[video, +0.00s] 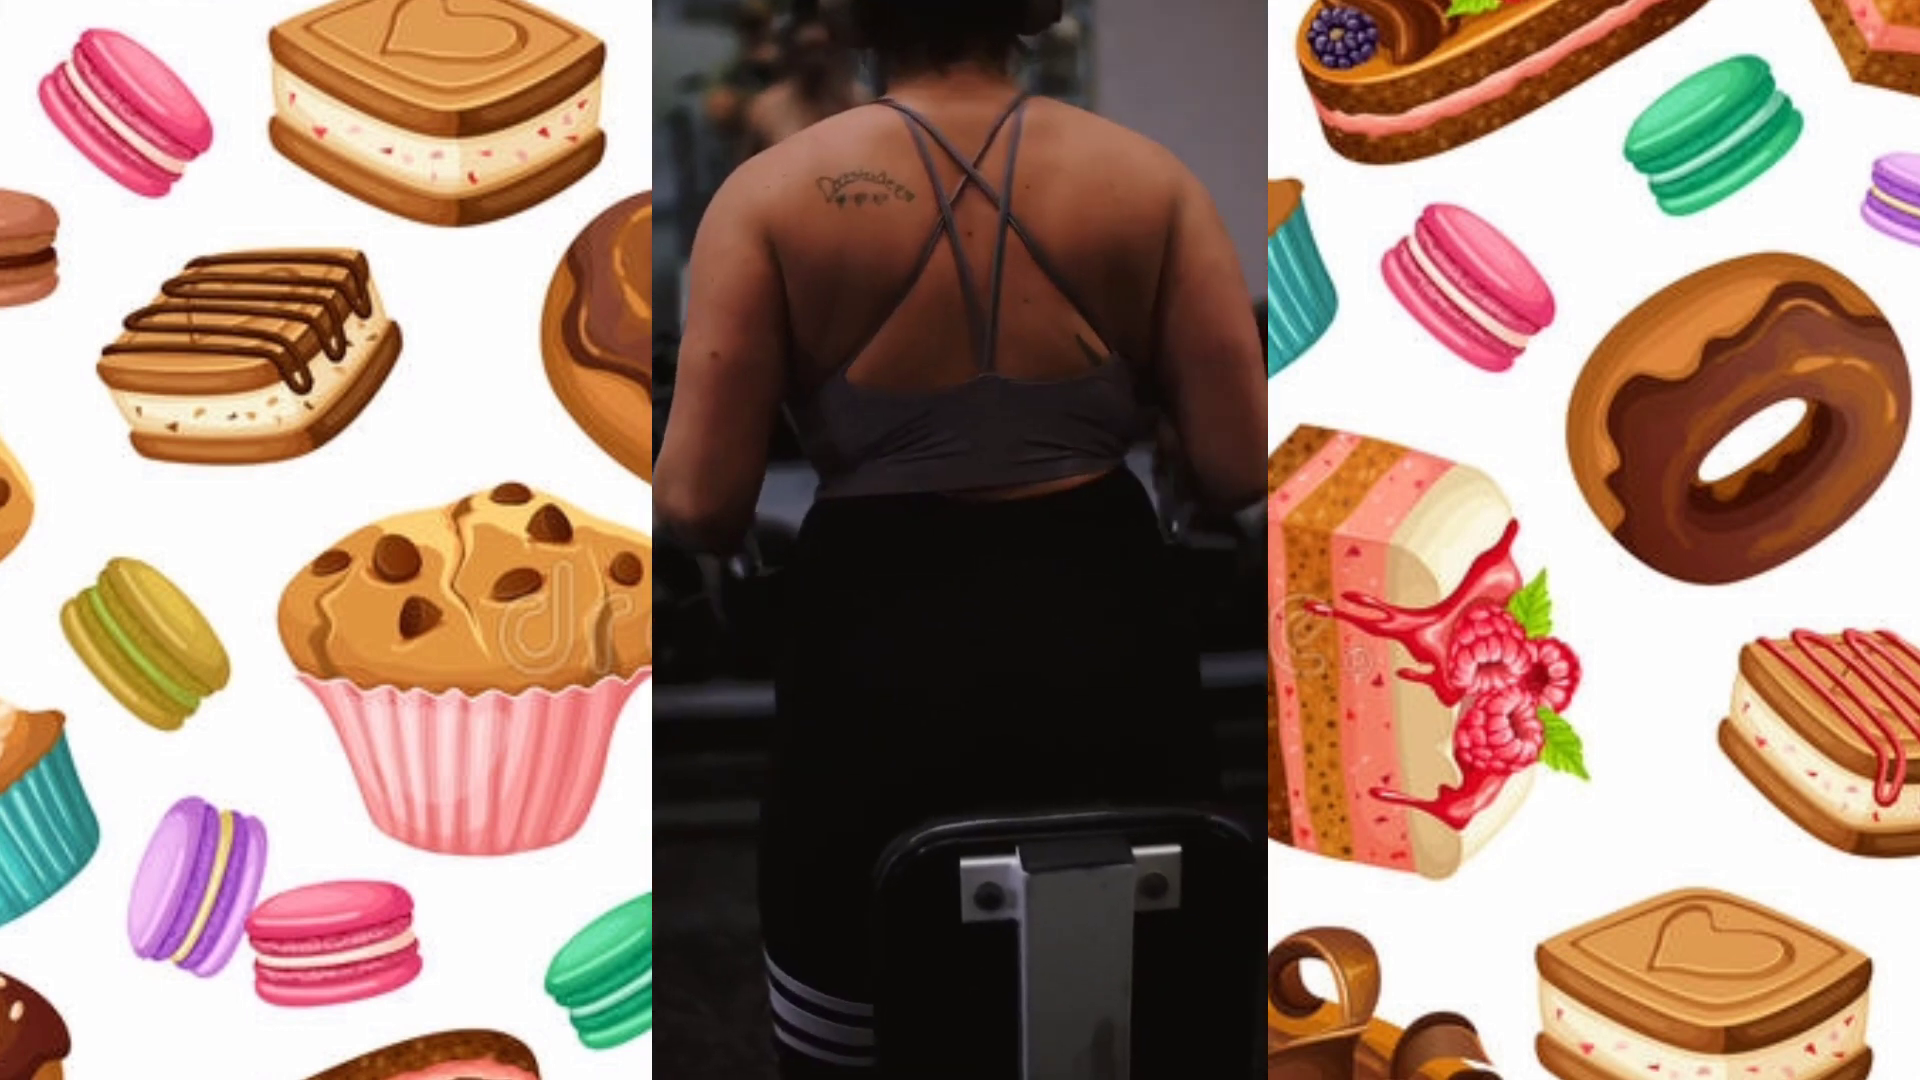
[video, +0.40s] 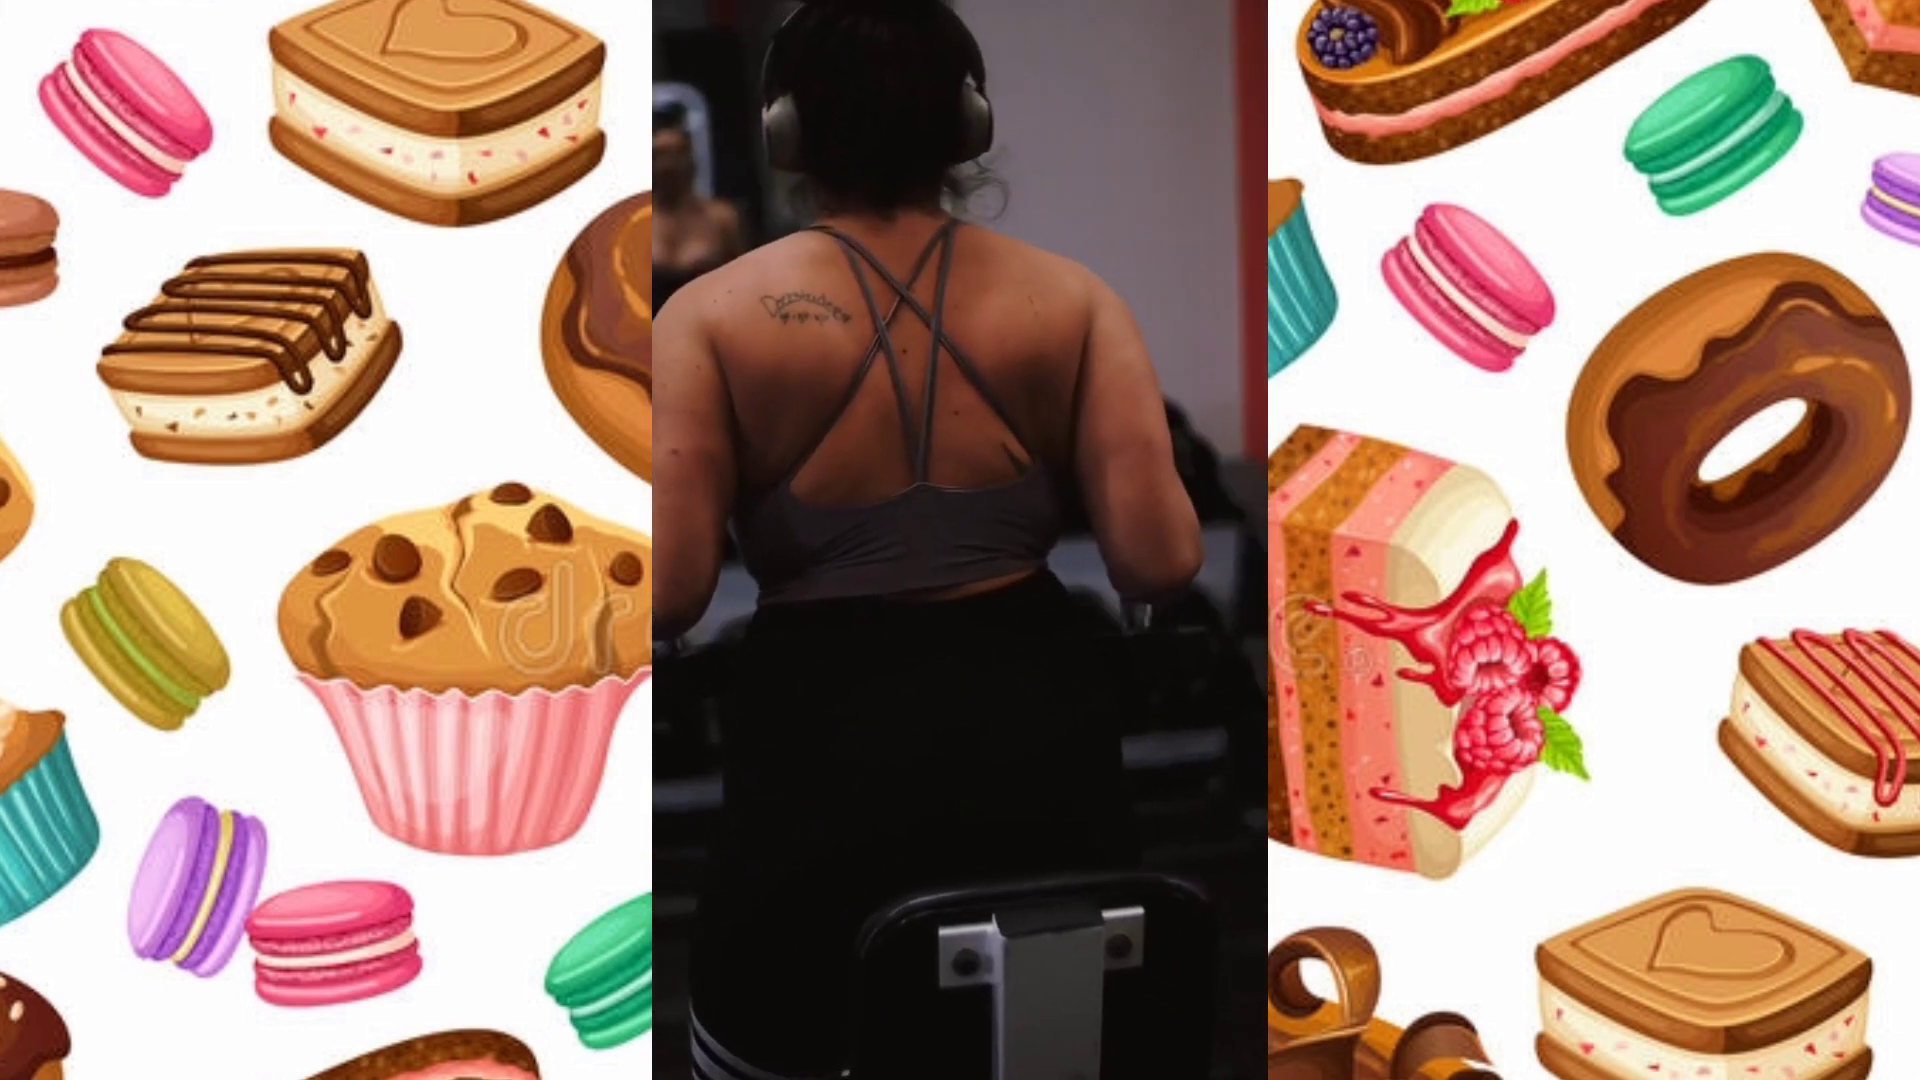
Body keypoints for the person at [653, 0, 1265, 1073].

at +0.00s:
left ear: (861, 24)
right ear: (1025, 18)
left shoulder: (770, 198)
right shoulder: (1145, 183)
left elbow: (699, 502)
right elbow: (1237, 471)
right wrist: (1148, 396)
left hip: (874, 657)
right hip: (1106, 649)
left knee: (845, 1034)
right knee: (1127, 1016)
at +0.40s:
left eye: (786, 100)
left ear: (790, 125)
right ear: (967, 117)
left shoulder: (712, 318)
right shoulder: (1072, 304)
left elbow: (667, 594)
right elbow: (1161, 560)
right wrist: (1092, 464)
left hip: (815, 746)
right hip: (1038, 734)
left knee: (788, 1044)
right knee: (1049, 1036)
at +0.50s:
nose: (719, 145)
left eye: (728, 124)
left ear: (740, 147)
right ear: (917, 139)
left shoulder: (672, 326)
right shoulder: (1016, 315)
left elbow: (620, 559)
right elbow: (1097, 568)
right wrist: (1122, 528)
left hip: (756, 741)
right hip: (966, 729)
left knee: (750, 1044)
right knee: (960, 1041)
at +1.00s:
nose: (821, 299)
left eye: (829, 282)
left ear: (841, 310)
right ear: (1003, 303)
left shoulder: (776, 492)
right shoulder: (1101, 457)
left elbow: (755, 752)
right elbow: (1211, 683)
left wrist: (696, 735)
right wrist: (1123, 681)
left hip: (908, 919)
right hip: (1113, 902)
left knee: (781, 1047)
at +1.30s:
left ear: (919, 463)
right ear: (1098, 453)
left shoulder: (859, 644)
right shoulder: (1182, 599)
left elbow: (838, 905)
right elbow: (1266, 792)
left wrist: (798, 860)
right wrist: (1167, 799)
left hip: (974, 1033)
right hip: (1176, 1014)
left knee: (799, 1041)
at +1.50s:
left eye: (931, 450)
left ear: (950, 474)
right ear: (1129, 457)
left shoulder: (885, 663)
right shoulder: (1223, 611)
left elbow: (858, 935)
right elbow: (1291, 837)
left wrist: (814, 860)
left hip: (973, 1038)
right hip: (1187, 1018)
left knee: (810, 951)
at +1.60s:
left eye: (941, 408)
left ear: (957, 433)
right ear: (1143, 420)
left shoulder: (881, 620)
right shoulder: (1232, 579)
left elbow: (841, 896)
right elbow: (1284, 816)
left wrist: (814, 811)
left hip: (965, 1014)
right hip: (1188, 992)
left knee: (800, 915)